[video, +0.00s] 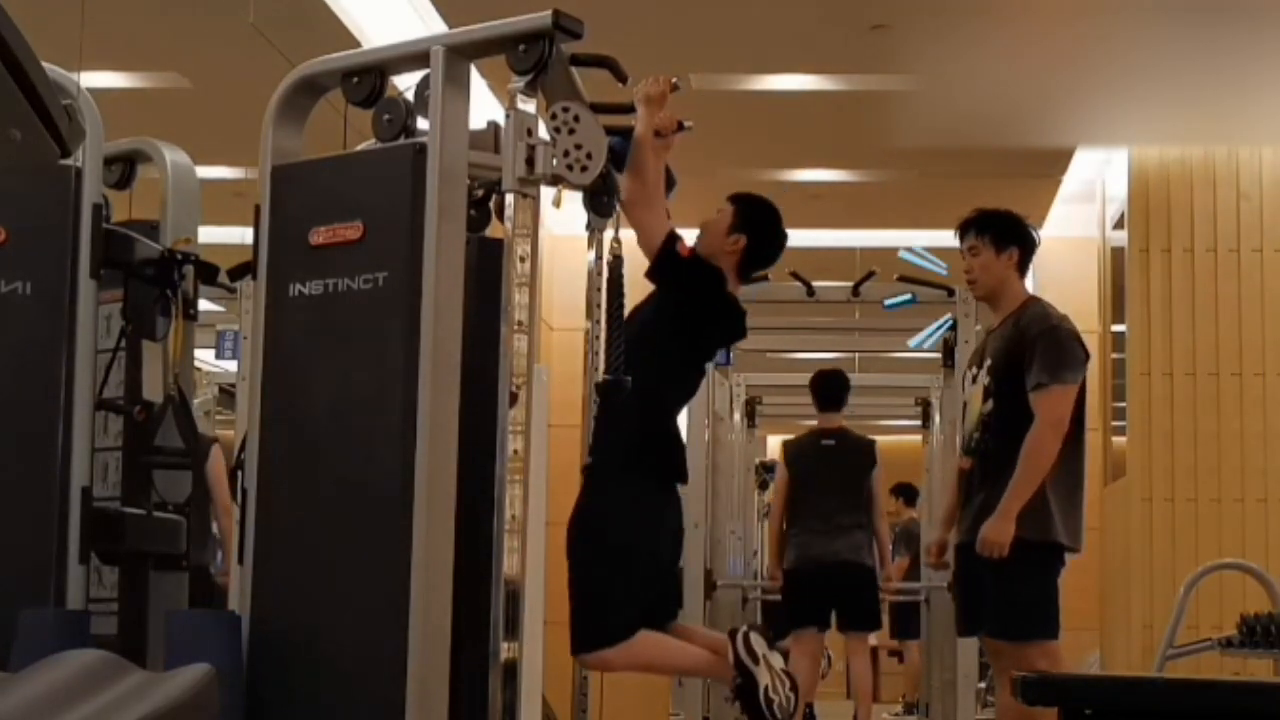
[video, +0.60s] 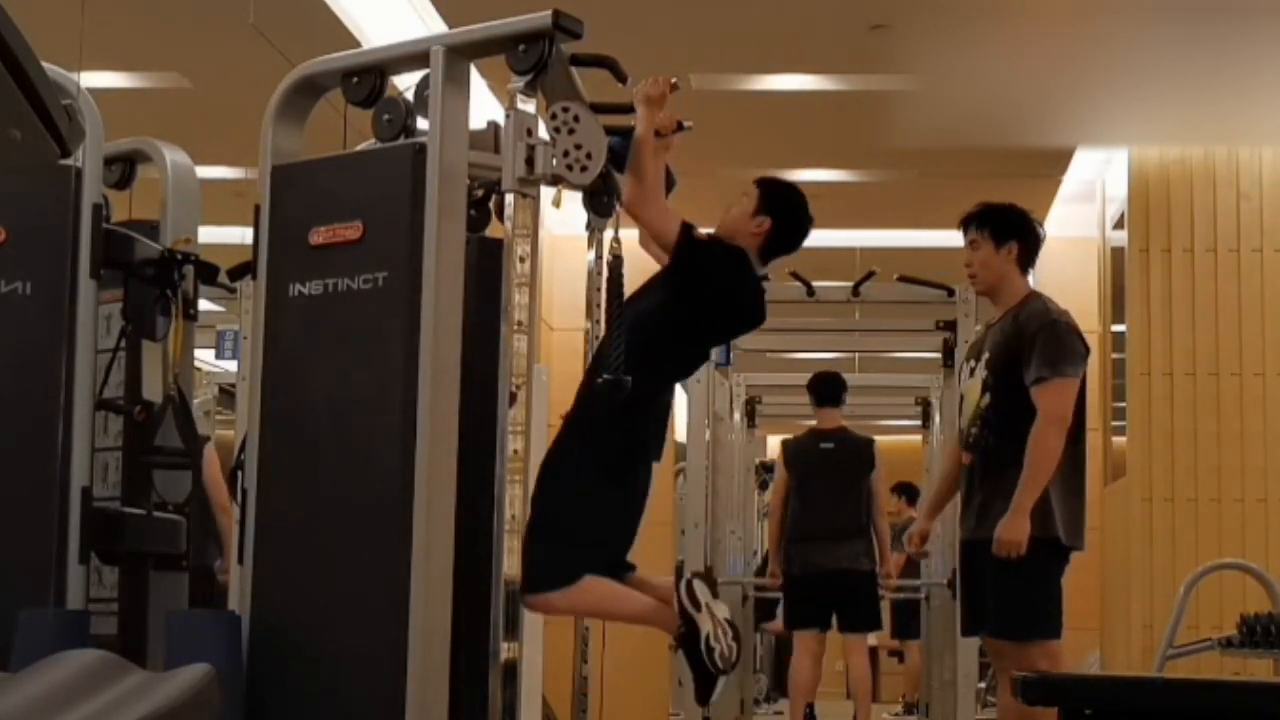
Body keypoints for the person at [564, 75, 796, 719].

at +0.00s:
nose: (708, 216)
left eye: (720, 213)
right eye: (718, 210)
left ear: (736, 239)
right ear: (741, 246)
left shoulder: (700, 289)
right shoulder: (704, 288)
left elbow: (643, 207)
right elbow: (649, 213)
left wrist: (643, 123)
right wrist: (658, 135)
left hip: (624, 481)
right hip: (645, 480)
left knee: (599, 646)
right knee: (641, 623)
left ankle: (731, 665)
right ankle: (741, 652)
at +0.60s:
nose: (730, 206)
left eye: (743, 201)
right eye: (740, 199)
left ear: (759, 223)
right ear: (769, 235)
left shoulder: (721, 265)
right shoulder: (732, 281)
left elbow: (643, 205)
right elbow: (647, 230)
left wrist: (644, 123)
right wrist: (657, 145)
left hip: (605, 427)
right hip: (628, 431)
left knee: (544, 589)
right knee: (593, 567)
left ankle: (680, 619)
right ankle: (686, 605)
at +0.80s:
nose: (736, 163)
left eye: (747, 154)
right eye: (743, 153)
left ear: (770, 170)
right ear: (782, 182)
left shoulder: (740, 215)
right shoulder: (763, 245)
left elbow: (642, 195)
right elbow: (655, 242)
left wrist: (646, 125)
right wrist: (657, 148)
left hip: (611, 367)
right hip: (640, 378)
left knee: (532, 508)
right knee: (577, 506)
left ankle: (651, 559)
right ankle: (655, 540)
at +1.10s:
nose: (711, 76)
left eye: (721, 67)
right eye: (718, 66)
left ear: (744, 80)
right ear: (758, 87)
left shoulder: (722, 136)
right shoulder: (747, 154)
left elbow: (649, 191)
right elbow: (672, 196)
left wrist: (645, 119)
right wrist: (662, 141)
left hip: (622, 291)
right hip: (649, 305)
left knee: (537, 432)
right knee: (578, 437)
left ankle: (637, 496)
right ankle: (648, 482)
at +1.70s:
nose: (722, 141)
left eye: (732, 133)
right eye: (728, 132)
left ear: (755, 147)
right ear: (765, 156)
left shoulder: (722, 201)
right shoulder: (742, 217)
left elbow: (633, 189)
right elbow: (643, 238)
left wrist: (642, 123)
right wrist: (658, 152)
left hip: (620, 372)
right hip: (648, 376)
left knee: (577, 519)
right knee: (622, 512)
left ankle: (709, 549)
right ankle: (712, 547)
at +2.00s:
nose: (721, 213)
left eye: (733, 209)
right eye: (729, 207)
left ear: (755, 231)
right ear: (759, 237)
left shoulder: (715, 279)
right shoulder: (724, 284)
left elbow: (651, 208)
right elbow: (654, 215)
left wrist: (646, 124)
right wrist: (658, 138)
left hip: (630, 456)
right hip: (652, 457)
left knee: (595, 619)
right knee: (637, 600)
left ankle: (727, 650)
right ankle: (731, 632)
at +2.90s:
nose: (738, 189)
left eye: (749, 184)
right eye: (746, 182)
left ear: (769, 204)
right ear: (775, 215)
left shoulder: (731, 246)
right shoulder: (747, 268)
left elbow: (647, 201)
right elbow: (648, 228)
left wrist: (647, 123)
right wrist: (657, 148)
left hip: (608, 399)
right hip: (633, 408)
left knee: (543, 550)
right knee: (589, 543)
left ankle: (667, 585)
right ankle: (674, 593)